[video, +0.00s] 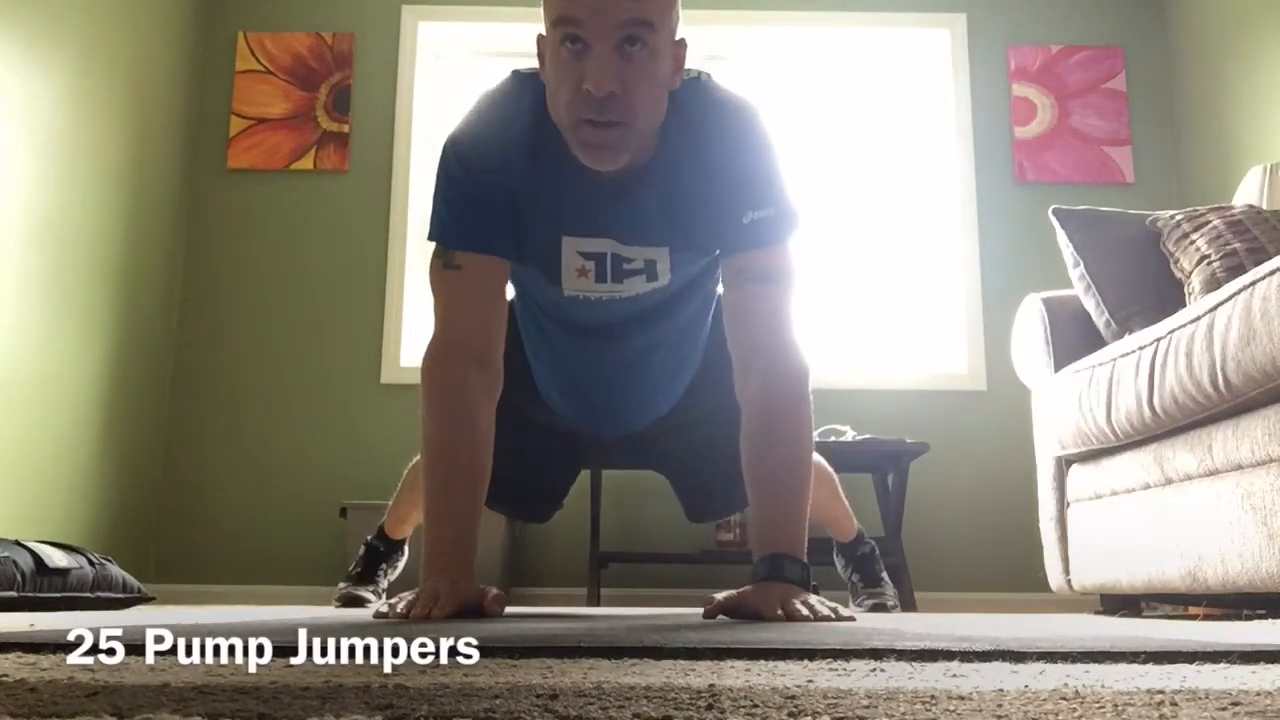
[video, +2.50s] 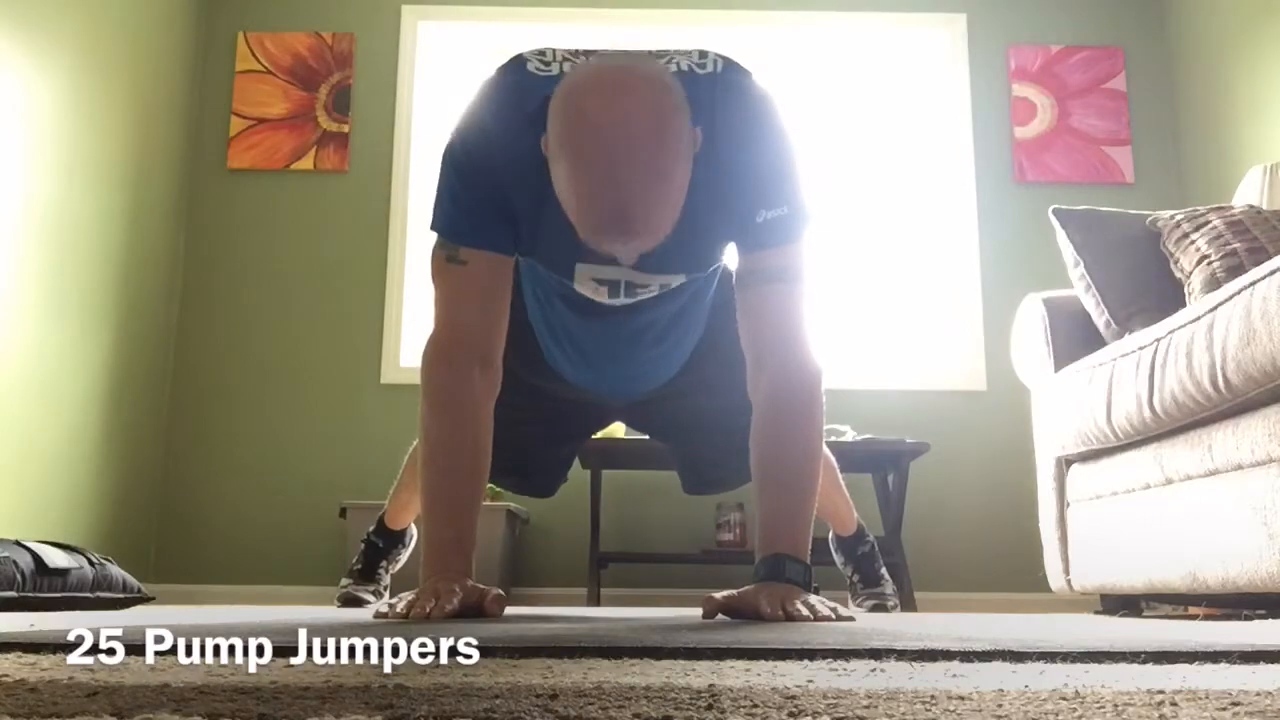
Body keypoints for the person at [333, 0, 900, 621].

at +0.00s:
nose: (598, 81)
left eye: (632, 45)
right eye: (575, 46)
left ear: (676, 58)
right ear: (543, 54)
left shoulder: (728, 136)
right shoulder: (490, 142)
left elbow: (770, 359)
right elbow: (462, 360)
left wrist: (782, 575)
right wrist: (446, 582)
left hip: (691, 384)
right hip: (538, 384)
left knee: (787, 470)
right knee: (448, 467)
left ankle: (860, 557)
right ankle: (382, 553)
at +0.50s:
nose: (609, 90)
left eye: (642, 55)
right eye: (583, 53)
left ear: (684, 60)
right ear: (547, 53)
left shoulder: (733, 129)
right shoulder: (495, 132)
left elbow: (773, 361)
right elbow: (462, 358)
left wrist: (782, 575)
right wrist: (447, 579)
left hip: (689, 358)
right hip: (537, 356)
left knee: (787, 463)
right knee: (448, 456)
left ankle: (858, 554)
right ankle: (381, 546)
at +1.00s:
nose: (618, 101)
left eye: (651, 65)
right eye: (591, 63)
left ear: (694, 42)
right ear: (554, 36)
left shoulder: (743, 110)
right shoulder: (499, 110)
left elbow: (780, 359)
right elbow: (462, 351)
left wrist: (782, 575)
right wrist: (444, 581)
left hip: (690, 336)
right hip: (541, 335)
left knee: (789, 455)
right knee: (450, 450)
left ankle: (856, 550)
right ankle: (384, 543)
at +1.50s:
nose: (624, 208)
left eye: (649, 191)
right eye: (599, 190)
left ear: (696, 100)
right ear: (553, 105)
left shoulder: (747, 118)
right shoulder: (494, 124)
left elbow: (782, 364)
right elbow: (461, 357)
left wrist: (783, 576)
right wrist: (444, 582)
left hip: (691, 325)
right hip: (543, 324)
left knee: (791, 447)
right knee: (454, 442)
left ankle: (859, 549)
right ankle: (387, 546)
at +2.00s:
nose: (620, 294)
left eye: (645, 280)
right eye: (598, 279)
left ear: (694, 176)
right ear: (550, 180)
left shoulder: (743, 130)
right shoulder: (494, 138)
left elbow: (783, 371)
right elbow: (462, 359)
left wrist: (780, 573)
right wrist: (448, 575)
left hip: (694, 313)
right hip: (537, 308)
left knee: (788, 434)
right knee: (456, 422)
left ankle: (857, 546)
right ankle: (386, 537)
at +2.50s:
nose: (623, 270)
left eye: (649, 251)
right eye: (598, 250)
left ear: (694, 144)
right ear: (549, 157)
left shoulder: (743, 121)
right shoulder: (493, 133)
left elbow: (784, 369)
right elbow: (461, 360)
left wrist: (780, 573)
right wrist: (447, 577)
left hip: (693, 317)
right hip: (538, 315)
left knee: (787, 436)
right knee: (457, 422)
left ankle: (857, 544)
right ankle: (386, 536)